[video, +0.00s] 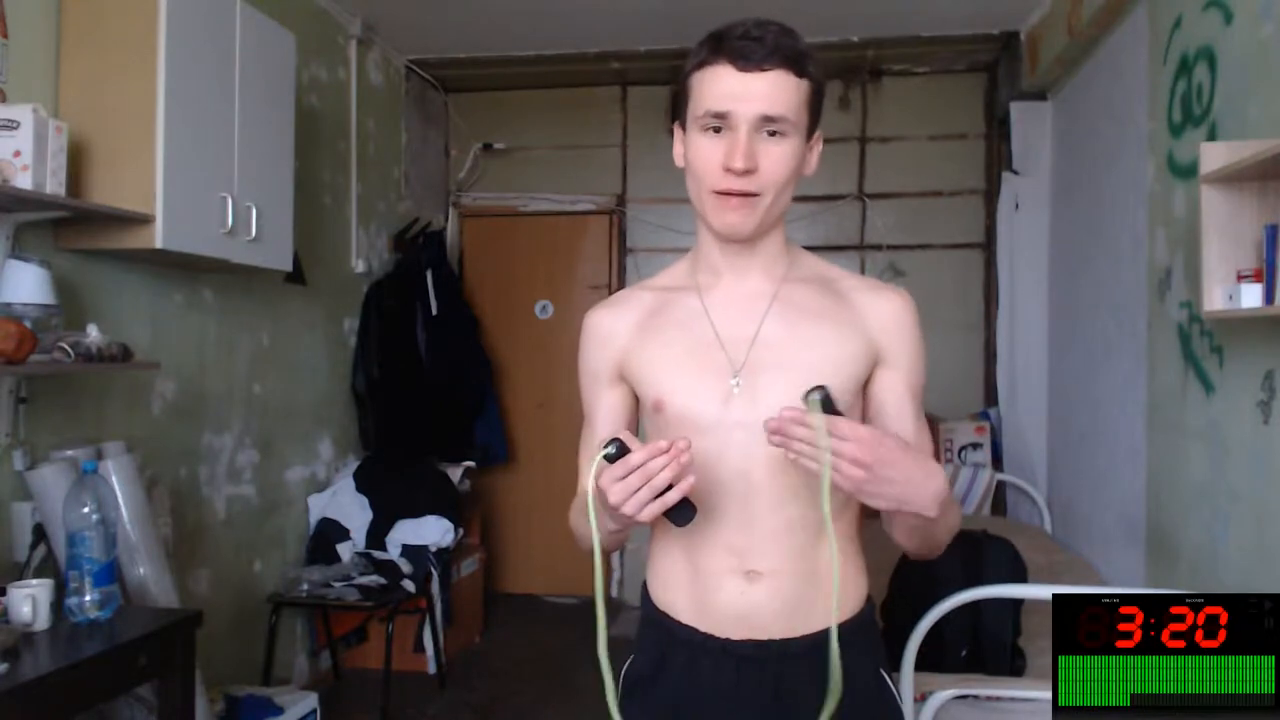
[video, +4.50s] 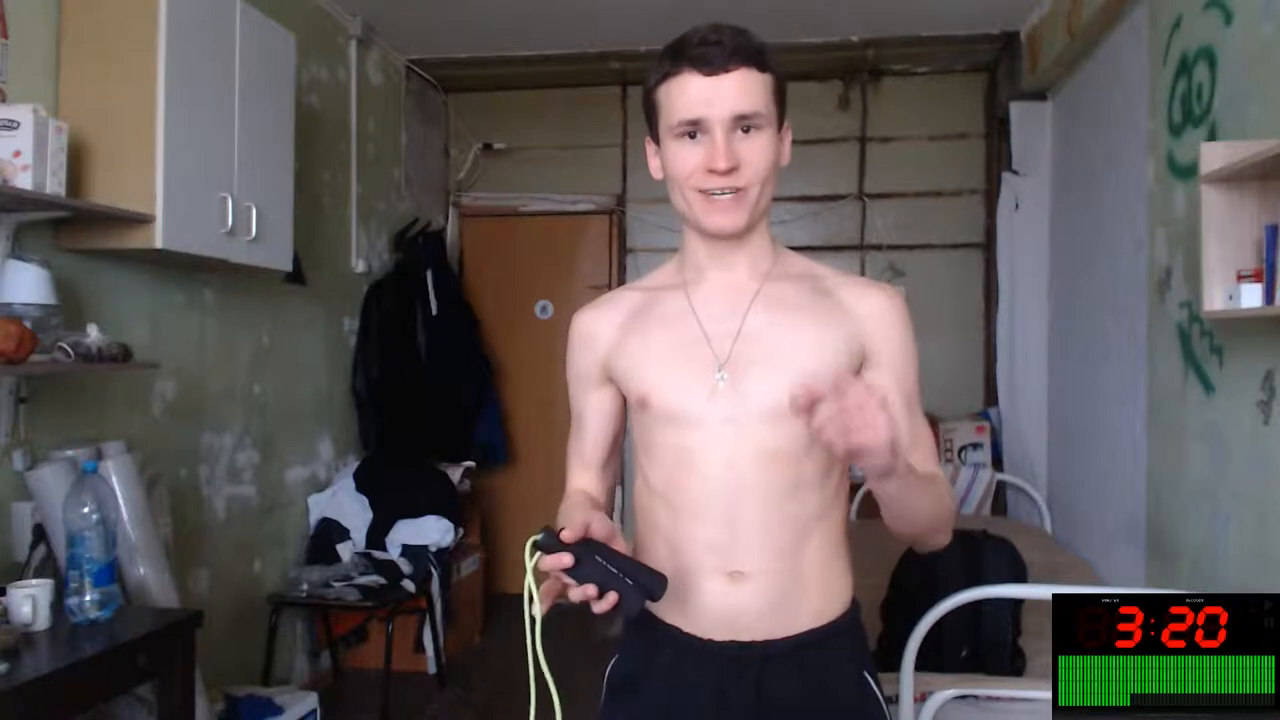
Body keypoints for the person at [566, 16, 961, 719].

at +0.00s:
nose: (739, 159)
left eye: (772, 132)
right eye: (716, 128)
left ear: (810, 155)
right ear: (679, 145)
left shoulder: (878, 314)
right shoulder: (618, 327)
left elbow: (924, 542)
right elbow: (590, 527)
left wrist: (932, 496)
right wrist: (611, 514)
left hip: (835, 671)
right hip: (678, 668)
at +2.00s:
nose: (728, 152)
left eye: (753, 121)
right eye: (699, 129)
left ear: (799, 139)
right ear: (670, 159)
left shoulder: (879, 314)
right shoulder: (613, 324)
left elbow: (935, 530)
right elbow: (581, 514)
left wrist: (876, 482)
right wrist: (605, 516)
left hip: (828, 674)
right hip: (672, 672)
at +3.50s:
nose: (726, 124)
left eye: (755, 108)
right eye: (700, 105)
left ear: (789, 152)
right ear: (662, 147)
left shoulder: (868, 303)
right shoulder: (603, 327)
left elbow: (948, 517)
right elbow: (573, 506)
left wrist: (833, 415)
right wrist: (602, 536)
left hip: (826, 669)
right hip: (671, 670)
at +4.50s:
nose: (721, 160)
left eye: (746, 128)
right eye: (692, 134)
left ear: (783, 145)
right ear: (654, 157)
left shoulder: (867, 313)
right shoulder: (605, 328)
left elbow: (932, 532)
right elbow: (585, 491)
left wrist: (888, 468)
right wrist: (591, 543)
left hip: (818, 671)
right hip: (664, 669)